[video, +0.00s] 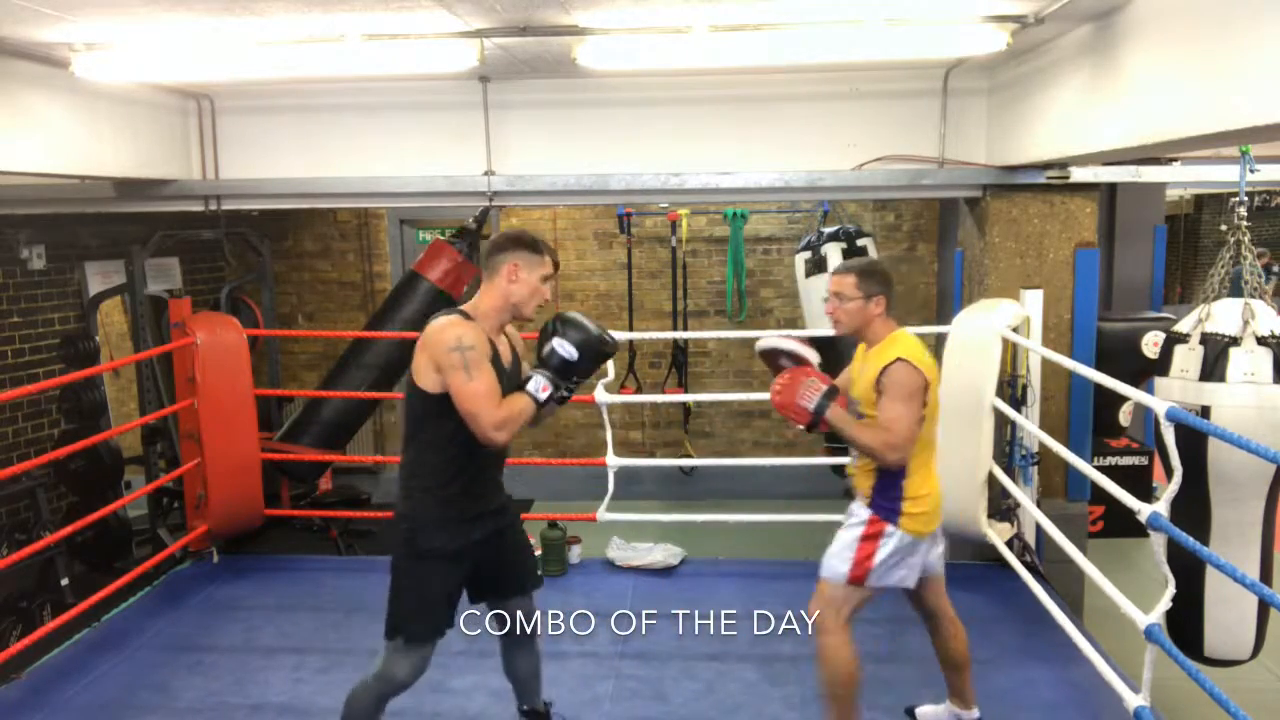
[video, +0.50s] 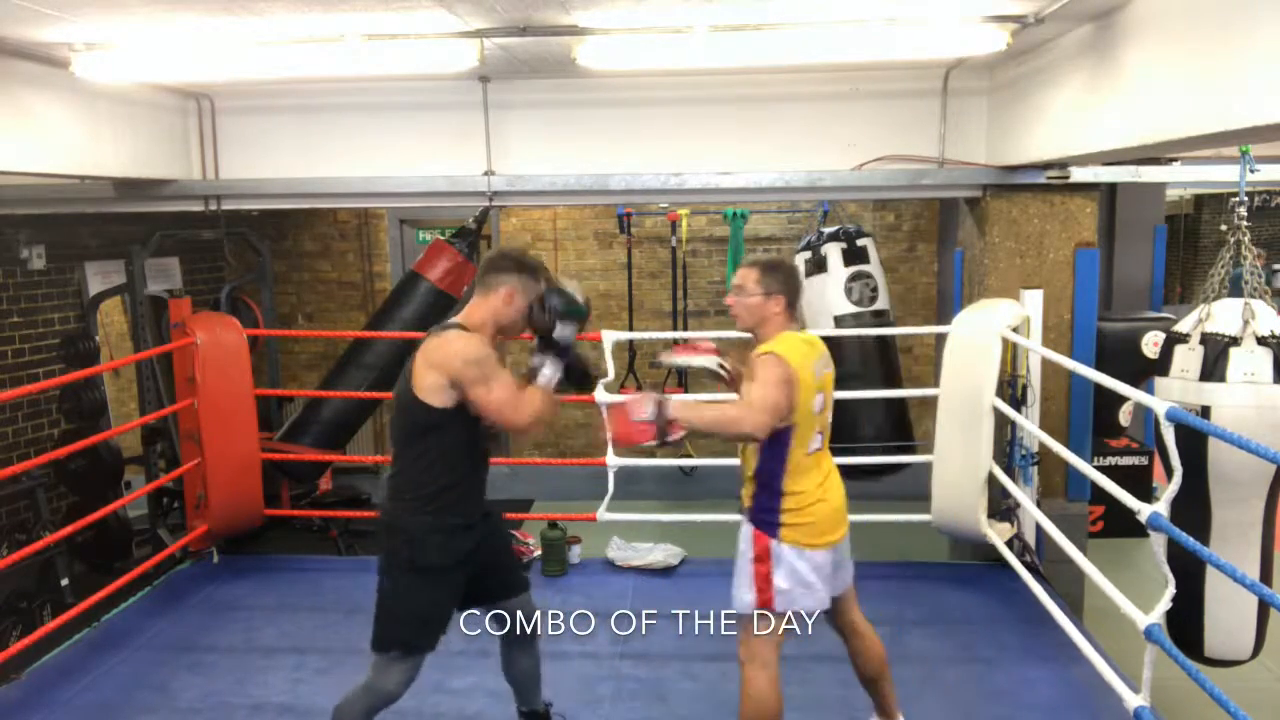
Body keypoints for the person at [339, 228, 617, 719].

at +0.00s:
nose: (549, 295)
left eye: (552, 283)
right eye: (545, 280)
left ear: (511, 278)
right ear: (511, 275)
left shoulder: (508, 340)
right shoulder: (452, 334)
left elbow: (516, 417)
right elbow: (495, 427)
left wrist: (558, 383)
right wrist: (546, 377)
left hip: (489, 515)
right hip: (433, 523)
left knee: (521, 623)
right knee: (404, 665)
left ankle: (534, 711)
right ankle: (359, 710)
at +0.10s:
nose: (546, 304)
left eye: (550, 293)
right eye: (543, 290)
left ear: (508, 285)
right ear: (509, 281)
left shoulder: (504, 343)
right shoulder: (455, 336)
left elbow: (516, 422)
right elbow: (514, 419)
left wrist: (566, 372)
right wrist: (558, 363)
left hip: (485, 517)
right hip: (431, 527)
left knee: (526, 614)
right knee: (396, 662)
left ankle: (535, 711)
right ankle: (348, 712)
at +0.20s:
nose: (540, 314)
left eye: (545, 304)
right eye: (539, 300)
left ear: (503, 290)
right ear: (507, 286)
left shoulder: (484, 343)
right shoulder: (464, 341)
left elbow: (521, 418)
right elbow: (538, 415)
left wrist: (560, 354)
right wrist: (564, 350)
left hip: (481, 524)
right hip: (427, 534)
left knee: (531, 615)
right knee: (387, 663)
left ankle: (536, 712)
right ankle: (343, 713)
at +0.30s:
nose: (542, 316)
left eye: (547, 305)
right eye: (541, 300)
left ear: (507, 292)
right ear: (510, 289)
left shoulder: (495, 343)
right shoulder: (454, 340)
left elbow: (564, 363)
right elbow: (538, 408)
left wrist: (596, 334)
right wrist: (575, 348)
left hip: (474, 523)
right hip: (420, 531)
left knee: (526, 622)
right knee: (385, 673)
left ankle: (534, 712)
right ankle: (340, 715)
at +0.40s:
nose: (538, 314)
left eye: (542, 305)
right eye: (537, 302)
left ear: (505, 291)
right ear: (508, 290)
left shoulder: (503, 348)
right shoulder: (445, 343)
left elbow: (554, 382)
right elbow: (502, 427)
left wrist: (599, 368)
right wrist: (542, 364)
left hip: (472, 523)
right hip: (418, 531)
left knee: (523, 624)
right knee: (387, 675)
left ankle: (534, 713)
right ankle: (341, 716)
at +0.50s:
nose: (527, 322)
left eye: (531, 312)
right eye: (527, 307)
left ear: (495, 294)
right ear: (503, 292)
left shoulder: (465, 342)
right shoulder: (460, 346)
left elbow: (504, 416)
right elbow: (521, 414)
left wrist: (546, 355)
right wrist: (551, 363)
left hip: (468, 524)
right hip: (422, 533)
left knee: (520, 620)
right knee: (391, 677)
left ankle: (533, 712)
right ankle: (344, 717)